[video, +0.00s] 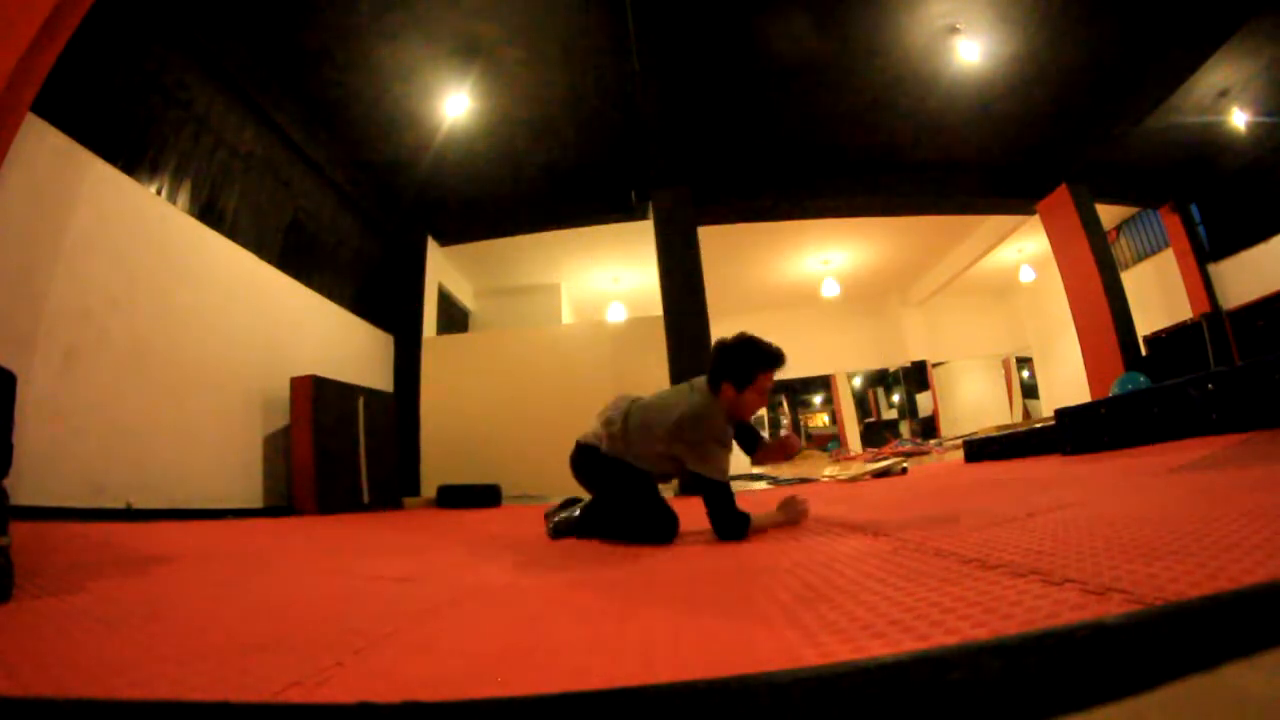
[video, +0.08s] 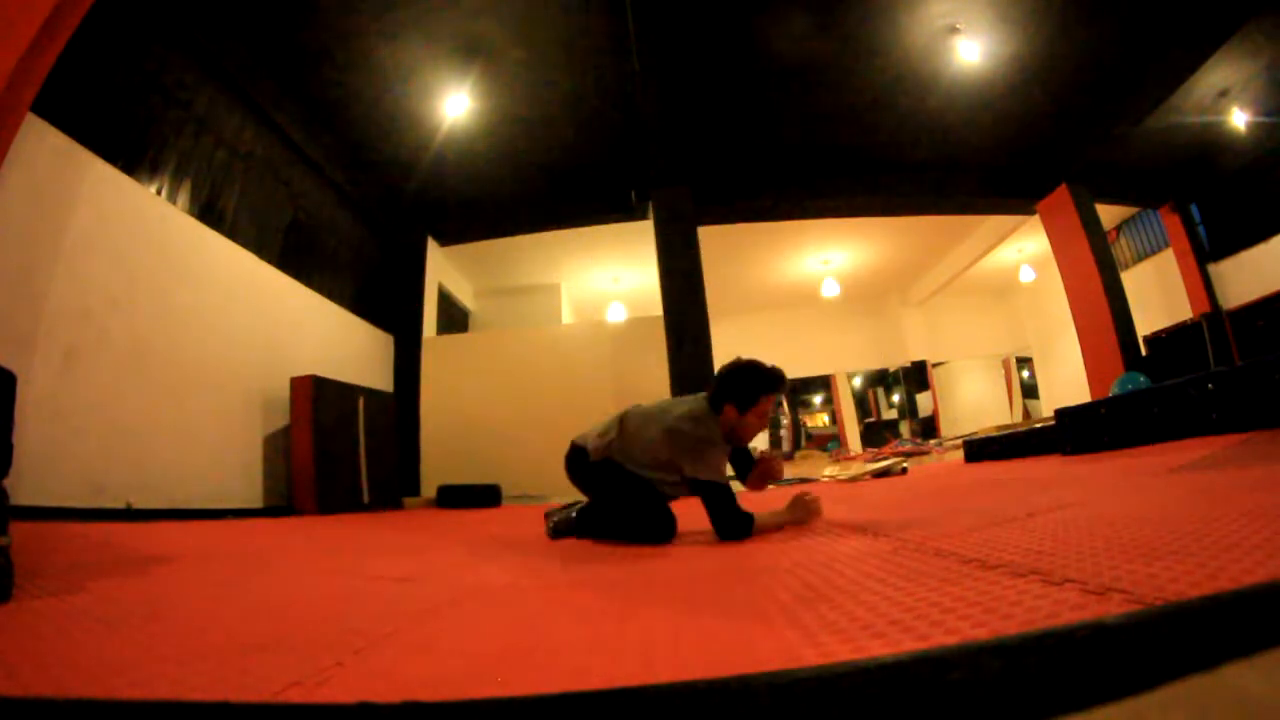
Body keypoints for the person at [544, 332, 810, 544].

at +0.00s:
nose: (766, 401)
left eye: (768, 391)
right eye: (762, 390)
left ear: (730, 386)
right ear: (732, 388)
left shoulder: (715, 394)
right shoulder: (704, 418)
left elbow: (756, 449)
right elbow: (728, 527)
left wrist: (781, 450)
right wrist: (779, 518)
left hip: (621, 452)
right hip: (597, 458)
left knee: (649, 511)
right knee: (662, 527)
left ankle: (581, 509)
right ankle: (576, 520)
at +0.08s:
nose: (767, 423)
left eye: (770, 413)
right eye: (763, 413)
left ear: (732, 409)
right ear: (733, 412)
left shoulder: (718, 414)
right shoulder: (701, 435)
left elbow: (750, 477)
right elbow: (731, 528)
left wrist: (765, 471)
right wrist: (789, 515)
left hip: (617, 453)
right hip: (591, 461)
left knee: (658, 513)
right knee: (659, 527)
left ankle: (582, 512)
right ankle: (577, 521)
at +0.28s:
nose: (761, 467)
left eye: (769, 463)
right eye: (763, 461)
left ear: (742, 433)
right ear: (745, 440)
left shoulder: (725, 430)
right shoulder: (707, 439)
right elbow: (732, 528)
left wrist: (740, 488)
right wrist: (789, 517)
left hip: (622, 451)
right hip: (598, 455)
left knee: (658, 514)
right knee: (660, 528)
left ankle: (587, 509)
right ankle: (579, 519)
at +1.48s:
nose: (777, 432)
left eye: (784, 424)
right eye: (775, 419)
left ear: (742, 404)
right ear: (746, 404)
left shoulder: (719, 414)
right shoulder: (715, 425)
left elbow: (679, 484)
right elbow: (735, 526)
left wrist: (738, 502)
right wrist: (787, 517)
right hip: (584, 438)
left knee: (655, 518)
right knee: (658, 528)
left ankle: (582, 506)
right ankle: (577, 512)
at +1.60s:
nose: (782, 400)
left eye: (786, 390)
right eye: (781, 388)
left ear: (744, 376)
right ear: (748, 377)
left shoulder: (712, 385)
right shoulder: (715, 406)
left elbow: (700, 484)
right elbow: (730, 507)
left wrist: (772, 516)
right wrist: (783, 518)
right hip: (587, 436)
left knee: (654, 517)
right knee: (659, 529)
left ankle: (582, 499)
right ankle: (576, 511)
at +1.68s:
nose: (779, 368)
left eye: (781, 358)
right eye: (776, 356)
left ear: (743, 351)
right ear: (744, 352)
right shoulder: (712, 378)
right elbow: (726, 472)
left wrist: (774, 506)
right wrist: (783, 512)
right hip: (592, 434)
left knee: (653, 519)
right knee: (658, 528)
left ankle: (580, 503)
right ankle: (576, 508)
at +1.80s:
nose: (767, 326)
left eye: (768, 315)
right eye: (763, 314)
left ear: (732, 314)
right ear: (733, 312)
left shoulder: (697, 335)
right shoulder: (701, 354)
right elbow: (730, 448)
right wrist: (782, 496)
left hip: (630, 426)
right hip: (597, 428)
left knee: (662, 472)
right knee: (659, 527)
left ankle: (593, 503)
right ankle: (576, 508)